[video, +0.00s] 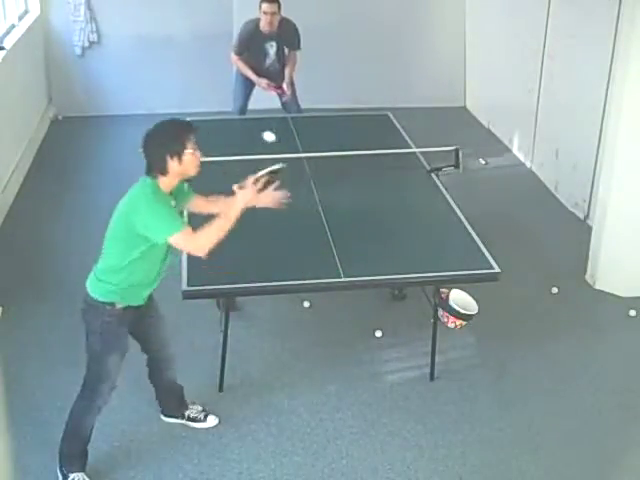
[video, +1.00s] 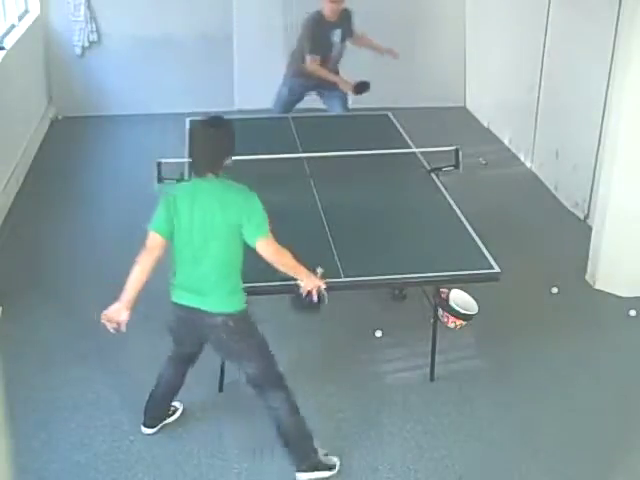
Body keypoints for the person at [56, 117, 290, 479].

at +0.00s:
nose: (199, 154)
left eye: (196, 147)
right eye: (193, 149)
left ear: (171, 159)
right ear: (172, 160)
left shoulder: (173, 189)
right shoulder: (146, 204)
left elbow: (211, 205)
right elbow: (198, 247)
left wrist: (255, 199)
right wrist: (239, 204)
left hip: (139, 298)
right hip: (107, 305)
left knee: (161, 356)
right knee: (100, 387)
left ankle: (173, 409)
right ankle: (71, 464)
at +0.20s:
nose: (194, 153)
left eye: (193, 145)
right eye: (189, 146)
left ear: (163, 153)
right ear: (168, 153)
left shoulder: (156, 184)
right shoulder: (145, 188)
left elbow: (167, 223)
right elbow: (178, 225)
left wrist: (199, 234)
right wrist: (208, 233)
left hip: (141, 297)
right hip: (115, 303)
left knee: (159, 347)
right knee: (107, 387)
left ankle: (149, 415)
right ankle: (72, 464)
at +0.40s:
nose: (191, 155)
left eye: (191, 147)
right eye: (188, 148)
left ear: (159, 147)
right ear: (173, 149)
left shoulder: (137, 176)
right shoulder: (170, 179)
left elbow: (106, 222)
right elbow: (200, 219)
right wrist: (229, 240)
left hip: (150, 295)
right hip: (142, 302)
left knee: (169, 349)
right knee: (143, 382)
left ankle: (152, 414)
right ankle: (91, 458)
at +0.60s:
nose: (187, 145)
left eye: (184, 139)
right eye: (185, 140)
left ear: (144, 144)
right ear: (177, 145)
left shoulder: (126, 180)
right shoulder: (191, 174)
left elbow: (95, 232)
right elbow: (234, 206)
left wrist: (54, 272)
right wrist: (271, 249)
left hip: (136, 290)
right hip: (172, 298)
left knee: (156, 352)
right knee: (178, 373)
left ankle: (155, 412)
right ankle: (128, 450)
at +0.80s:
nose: (195, 137)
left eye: (192, 131)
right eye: (193, 132)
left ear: (155, 139)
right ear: (189, 139)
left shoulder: (139, 181)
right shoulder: (206, 175)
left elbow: (120, 233)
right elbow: (250, 216)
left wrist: (91, 278)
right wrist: (293, 253)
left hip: (153, 293)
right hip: (194, 297)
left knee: (164, 346)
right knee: (223, 374)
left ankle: (153, 416)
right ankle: (221, 463)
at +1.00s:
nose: (224, 155)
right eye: (226, 150)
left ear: (192, 153)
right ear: (227, 156)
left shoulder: (174, 196)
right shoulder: (241, 198)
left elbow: (151, 250)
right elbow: (267, 248)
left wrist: (124, 302)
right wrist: (304, 275)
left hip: (183, 308)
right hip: (227, 314)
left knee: (179, 358)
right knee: (269, 383)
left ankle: (153, 415)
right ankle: (307, 460)